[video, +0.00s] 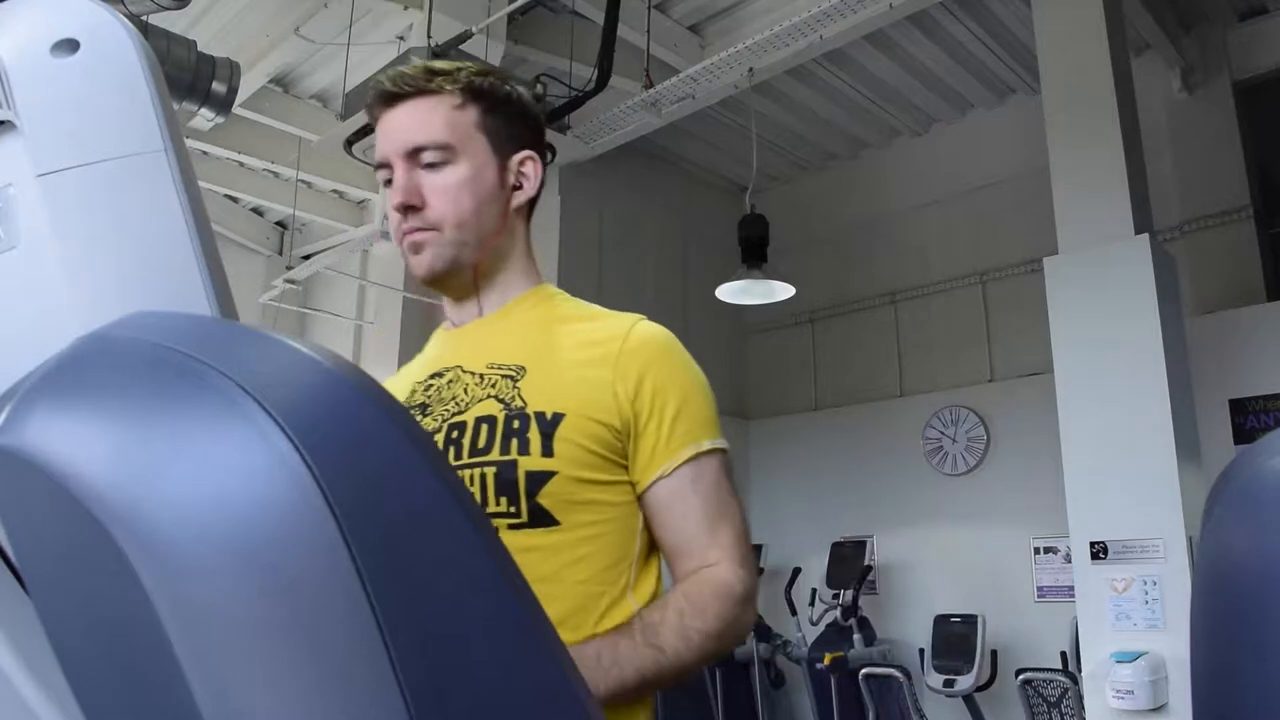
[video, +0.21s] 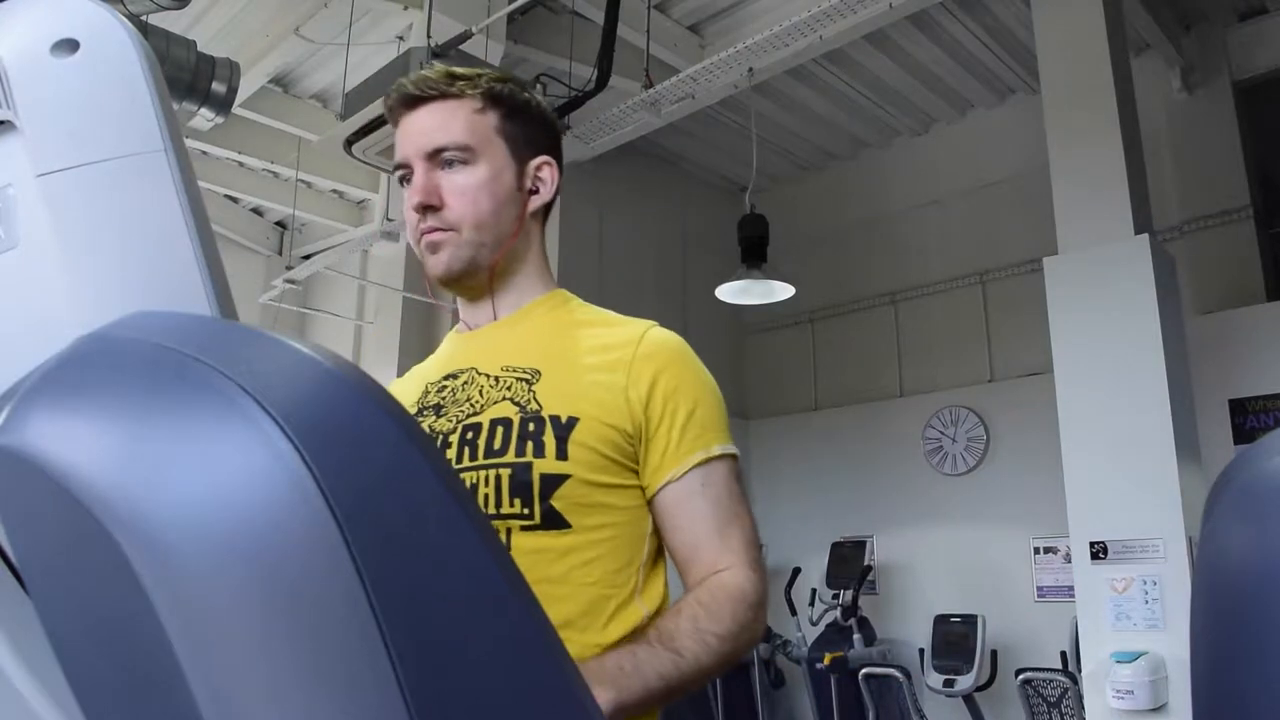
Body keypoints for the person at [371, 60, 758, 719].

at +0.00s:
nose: (398, 196)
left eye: (431, 162)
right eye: (386, 174)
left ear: (521, 178)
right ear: (382, 197)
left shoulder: (633, 355)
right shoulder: (387, 402)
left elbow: (721, 586)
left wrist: (552, 681)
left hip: (583, 709)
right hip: (420, 709)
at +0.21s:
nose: (418, 196)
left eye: (451, 162)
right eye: (405, 175)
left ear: (537, 184)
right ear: (400, 199)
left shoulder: (645, 361)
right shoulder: (395, 403)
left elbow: (732, 594)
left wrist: (583, 692)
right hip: (426, 706)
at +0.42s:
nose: (426, 206)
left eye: (460, 172)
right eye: (413, 183)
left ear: (541, 196)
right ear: (405, 204)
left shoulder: (644, 371)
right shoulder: (396, 406)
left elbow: (724, 592)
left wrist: (638, 695)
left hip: (588, 704)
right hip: (429, 702)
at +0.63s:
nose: (426, 207)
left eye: (459, 177)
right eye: (411, 188)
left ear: (536, 205)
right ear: (401, 214)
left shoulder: (638, 379)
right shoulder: (386, 409)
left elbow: (707, 595)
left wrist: (640, 704)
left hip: (591, 707)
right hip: (430, 704)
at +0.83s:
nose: (432, 198)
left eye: (466, 168)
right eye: (417, 180)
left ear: (541, 200)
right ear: (405, 210)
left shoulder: (642, 373)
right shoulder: (388, 408)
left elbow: (712, 588)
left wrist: (632, 707)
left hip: (592, 702)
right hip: (432, 704)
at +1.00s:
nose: (437, 188)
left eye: (472, 158)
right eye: (423, 171)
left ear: (551, 190)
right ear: (414, 200)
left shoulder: (653, 363)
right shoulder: (401, 407)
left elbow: (733, 597)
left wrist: (616, 708)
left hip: (604, 701)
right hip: (445, 703)